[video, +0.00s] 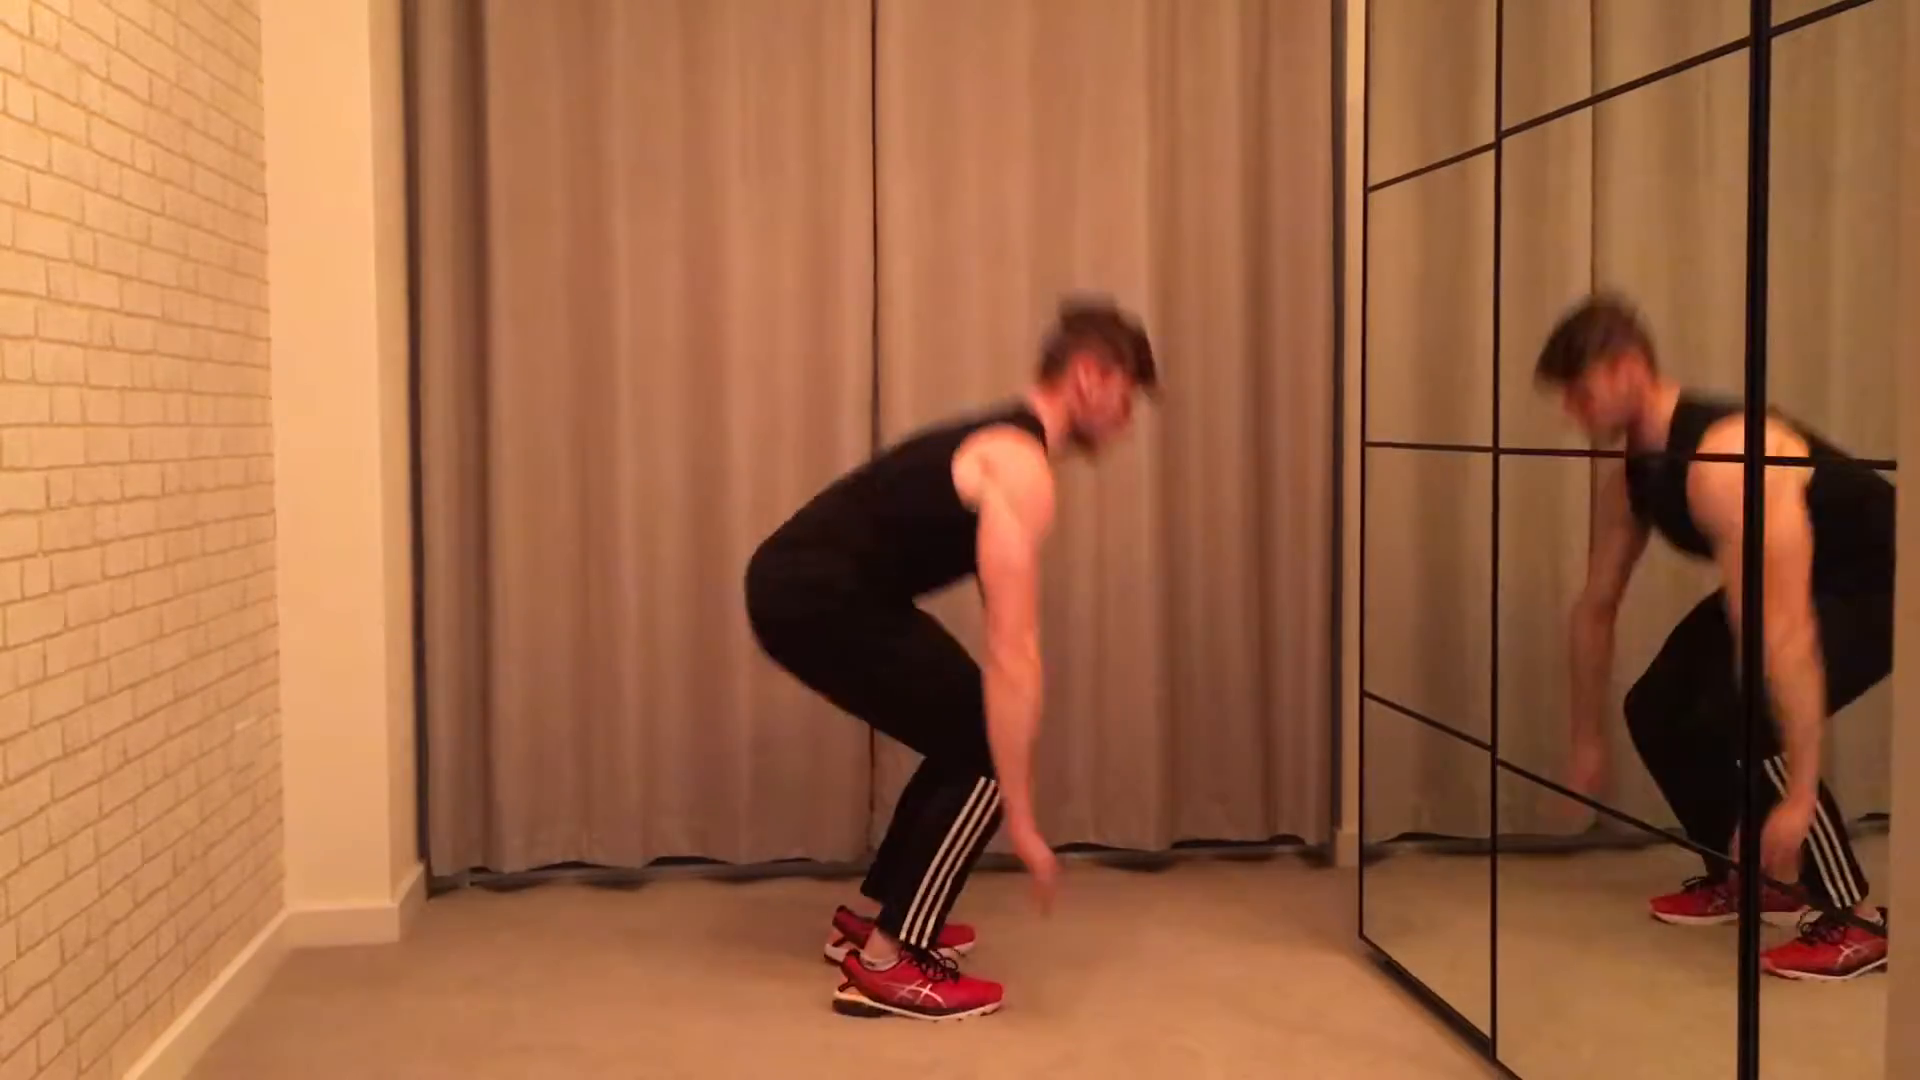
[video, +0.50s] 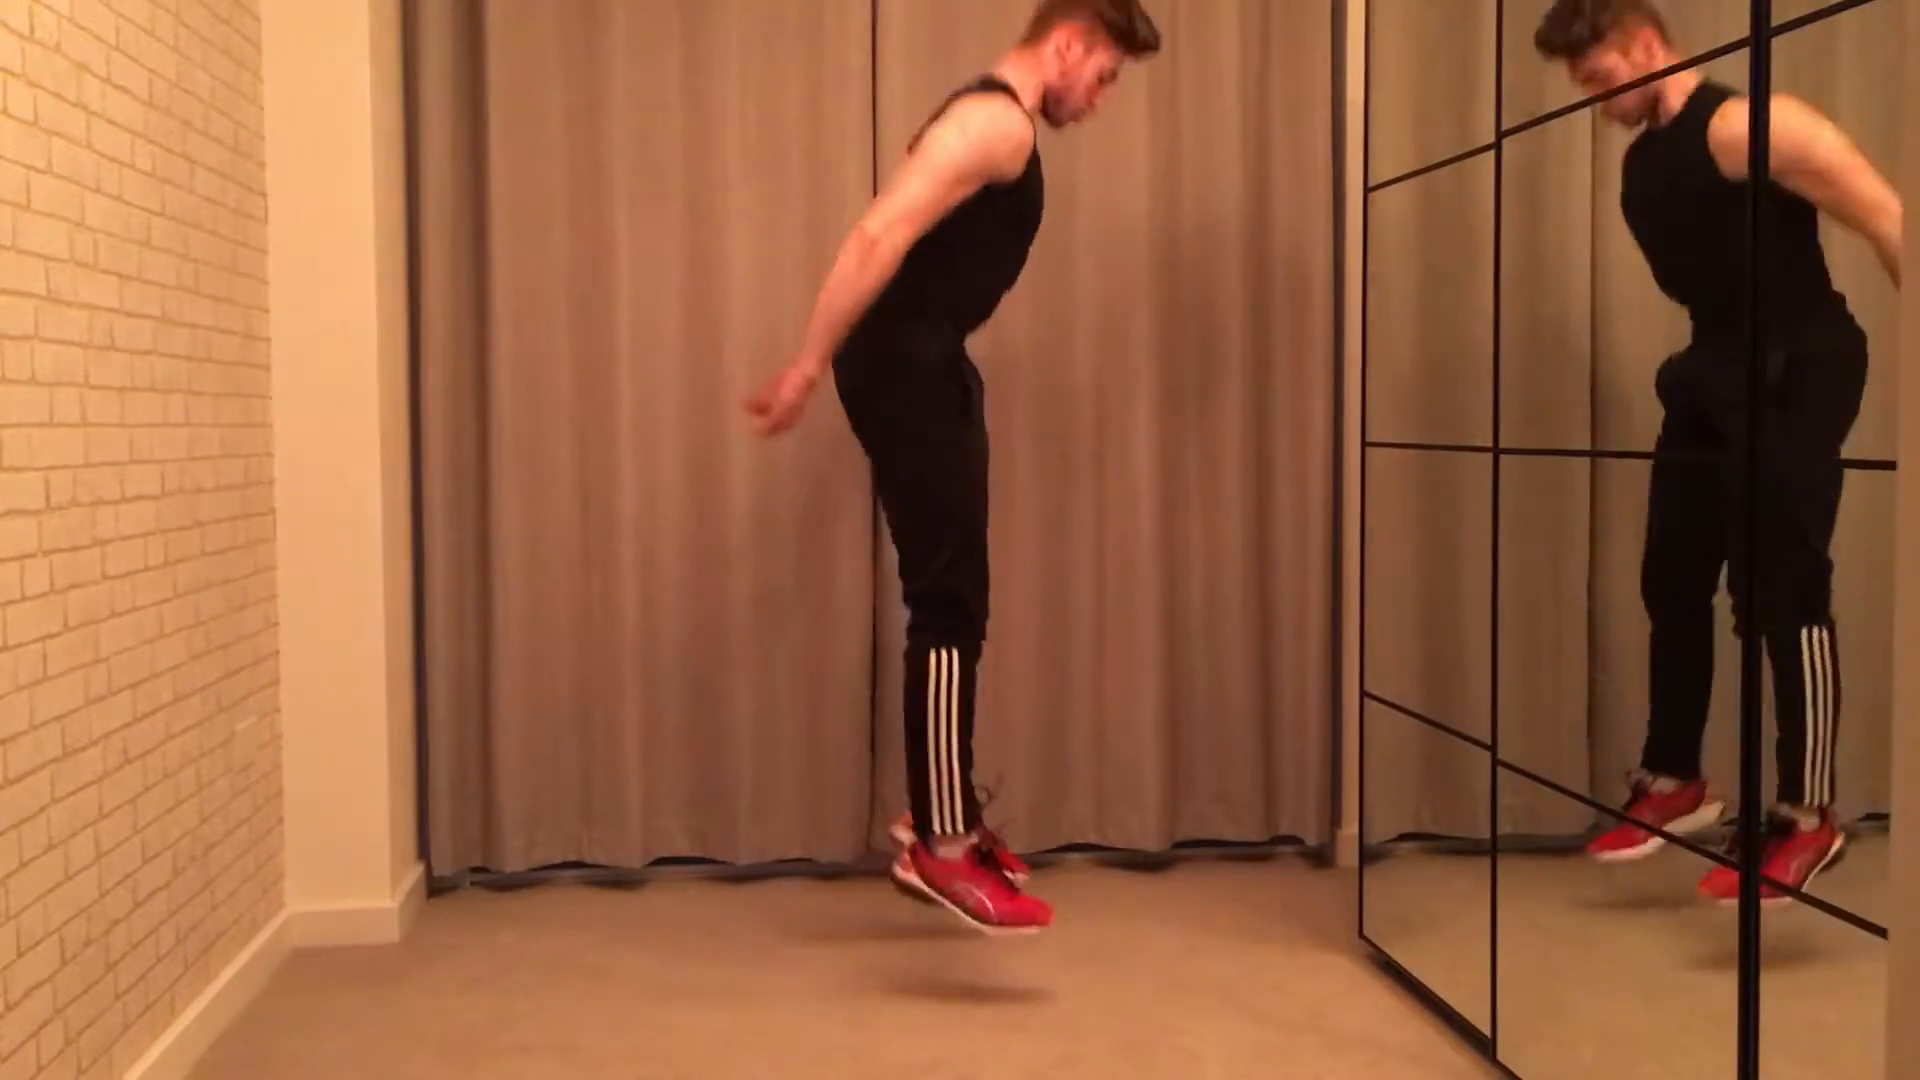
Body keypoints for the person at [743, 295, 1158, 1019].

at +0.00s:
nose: (1129, 411)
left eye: (1133, 392)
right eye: (1127, 388)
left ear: (1080, 374)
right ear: (1088, 374)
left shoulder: (1007, 443)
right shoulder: (1017, 465)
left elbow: (1009, 643)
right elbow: (1011, 656)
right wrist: (1020, 821)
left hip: (813, 590)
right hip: (818, 600)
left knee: (970, 736)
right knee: (986, 746)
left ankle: (874, 913)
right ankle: (888, 955)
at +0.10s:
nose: (1097, 265)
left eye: (1103, 247)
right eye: (1096, 243)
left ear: (1050, 223)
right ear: (1054, 221)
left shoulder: (983, 308)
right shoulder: (995, 328)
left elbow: (942, 493)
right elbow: (946, 503)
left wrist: (925, 639)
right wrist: (932, 650)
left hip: (851, 537)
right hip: (863, 546)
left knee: (981, 731)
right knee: (1000, 746)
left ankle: (878, 912)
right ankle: (891, 956)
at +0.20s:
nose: (1081, 136)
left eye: (1089, 118)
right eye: (1081, 112)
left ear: (1037, 87)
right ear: (1041, 84)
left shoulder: (983, 169)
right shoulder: (985, 181)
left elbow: (913, 328)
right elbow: (901, 333)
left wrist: (872, 460)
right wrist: (859, 469)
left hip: (918, 440)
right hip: (915, 446)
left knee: (929, 681)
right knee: (944, 686)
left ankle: (888, 891)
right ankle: (903, 924)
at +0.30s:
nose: (1083, 63)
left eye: (1091, 45)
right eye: (1086, 39)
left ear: (1034, 19)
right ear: (1039, 16)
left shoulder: (984, 97)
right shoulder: (978, 102)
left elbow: (890, 232)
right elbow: (873, 223)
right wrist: (818, 357)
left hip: (930, 371)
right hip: (919, 374)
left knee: (930, 609)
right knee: (938, 613)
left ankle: (898, 819)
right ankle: (914, 846)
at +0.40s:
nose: (1091, 54)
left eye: (1099, 36)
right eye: (1094, 30)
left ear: (1044, 11)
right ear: (1051, 9)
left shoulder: (987, 78)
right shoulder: (983, 85)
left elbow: (869, 201)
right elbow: (866, 202)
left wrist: (799, 329)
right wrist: (800, 329)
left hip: (925, 340)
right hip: (916, 345)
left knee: (945, 585)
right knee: (944, 586)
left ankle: (916, 806)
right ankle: (916, 815)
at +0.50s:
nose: (1104, 99)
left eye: (1113, 83)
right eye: (1108, 75)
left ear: (1063, 47)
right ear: (1068, 44)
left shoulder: (999, 118)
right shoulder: (993, 122)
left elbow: (887, 238)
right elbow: (878, 234)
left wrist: (814, 364)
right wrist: (807, 365)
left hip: (925, 371)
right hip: (908, 373)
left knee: (953, 604)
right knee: (948, 606)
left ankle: (951, 829)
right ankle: (938, 842)